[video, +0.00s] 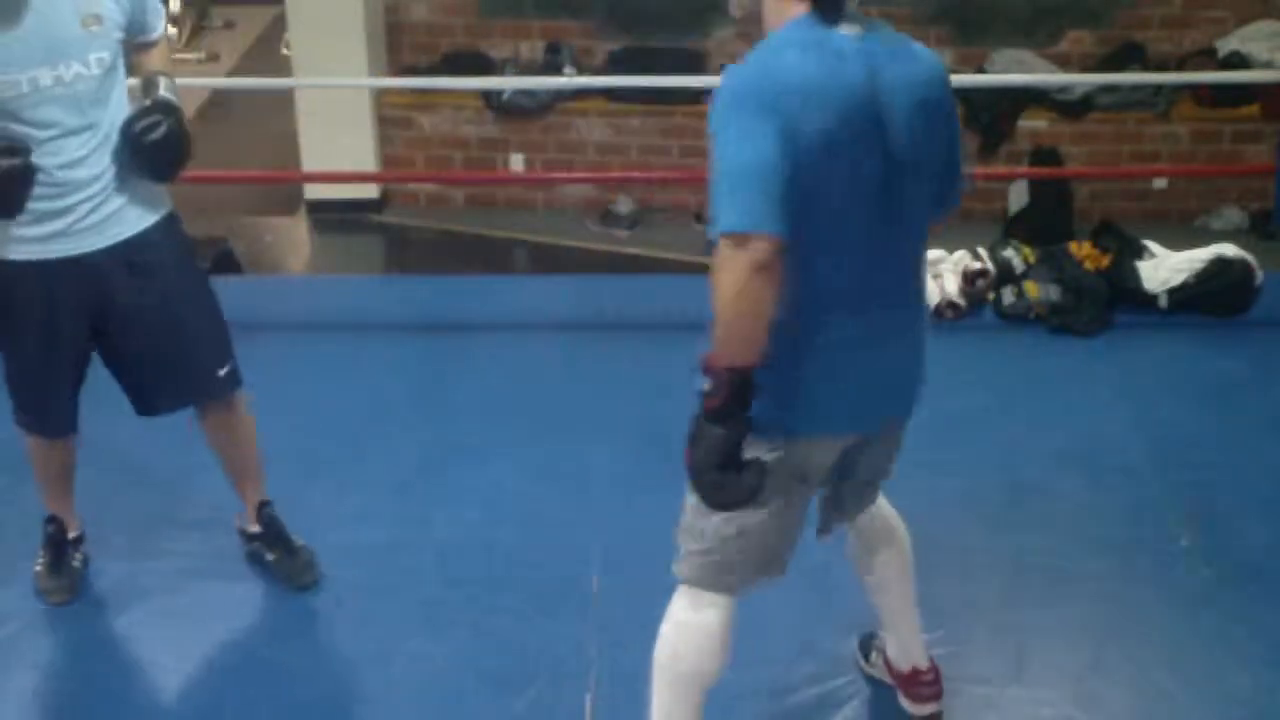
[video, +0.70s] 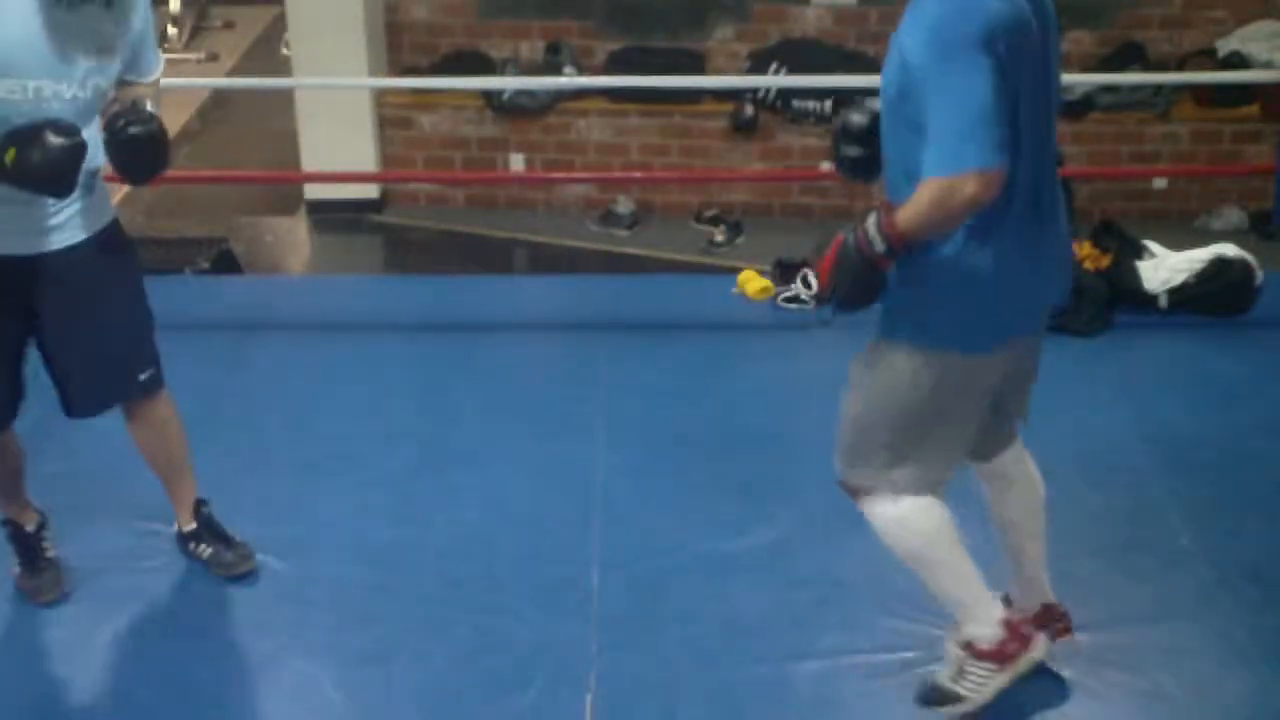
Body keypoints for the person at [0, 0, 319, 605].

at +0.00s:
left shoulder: (116, 4)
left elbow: (148, 46)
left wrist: (161, 103)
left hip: (134, 224)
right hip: (26, 249)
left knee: (217, 383)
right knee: (44, 415)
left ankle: (259, 518)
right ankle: (61, 532)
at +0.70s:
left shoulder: (127, 8)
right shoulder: (11, 15)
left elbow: (135, 85)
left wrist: (136, 132)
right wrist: (5, 153)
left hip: (84, 228)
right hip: (4, 245)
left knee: (141, 383)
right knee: (1, 418)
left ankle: (193, 521)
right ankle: (23, 524)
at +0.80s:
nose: (104, 6)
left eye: (111, 3)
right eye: (94, 4)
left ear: (116, 0)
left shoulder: (125, 13)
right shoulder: (10, 23)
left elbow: (134, 88)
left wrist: (128, 134)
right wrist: (6, 167)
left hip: (70, 226)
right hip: (3, 235)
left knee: (139, 377)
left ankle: (191, 519)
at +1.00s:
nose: (59, 12)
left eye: (64, 3)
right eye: (43, 5)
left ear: (71, 3)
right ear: (11, 6)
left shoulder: (68, 30)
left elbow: (89, 112)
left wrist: (103, 146)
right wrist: (7, 183)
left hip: (42, 250)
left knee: (144, 385)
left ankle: (193, 522)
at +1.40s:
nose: (13, 60)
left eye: (19, 43)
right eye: (1, 46)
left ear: (30, 43)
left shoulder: (30, 80)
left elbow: (83, 198)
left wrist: (85, 147)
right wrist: (26, 160)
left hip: (17, 276)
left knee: (146, 398)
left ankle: (254, 525)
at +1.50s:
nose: (60, 65)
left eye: (62, 46)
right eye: (44, 54)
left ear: (67, 36)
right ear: (9, 60)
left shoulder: (73, 83)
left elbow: (111, 208)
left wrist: (121, 166)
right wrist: (34, 197)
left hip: (39, 270)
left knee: (170, 391)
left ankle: (258, 528)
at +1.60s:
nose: (112, 61)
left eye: (118, 41)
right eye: (95, 49)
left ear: (123, 27)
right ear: (39, 45)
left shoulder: (110, 67)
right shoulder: (6, 90)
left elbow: (137, 196)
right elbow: (3, 214)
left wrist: (153, 162)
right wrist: (59, 194)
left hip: (74, 268)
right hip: (4, 293)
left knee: (195, 389)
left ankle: (259, 529)